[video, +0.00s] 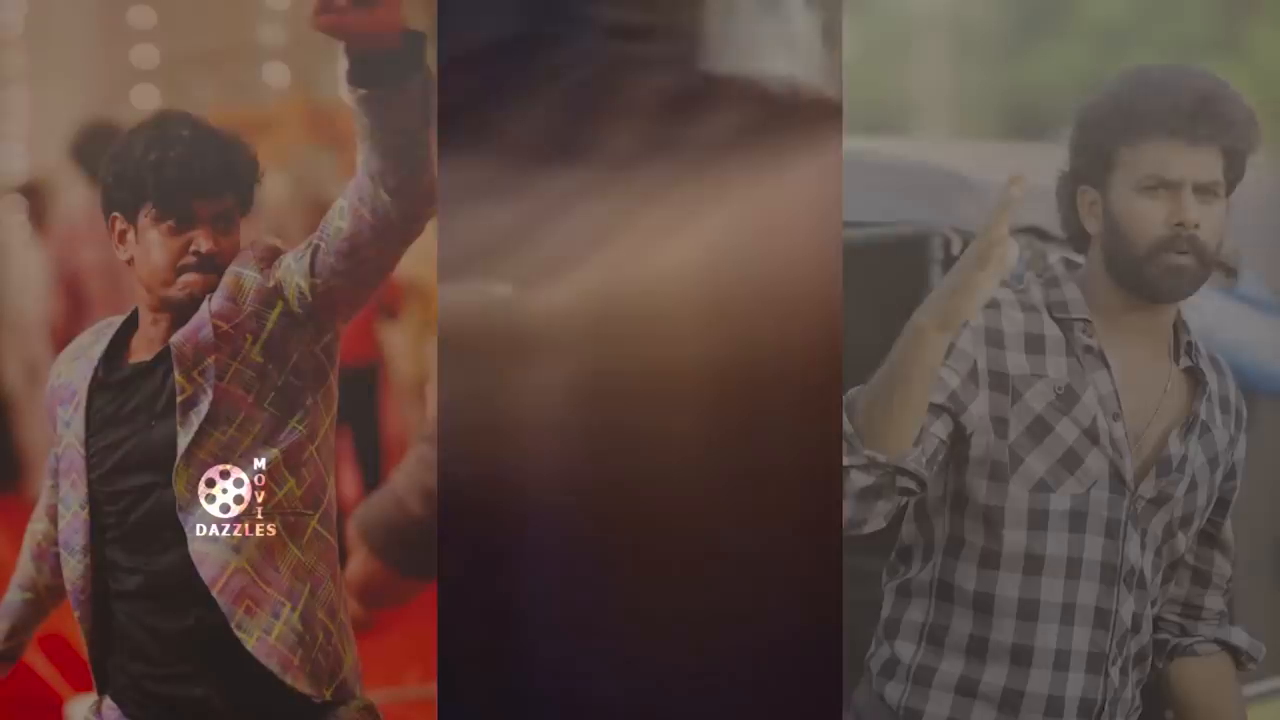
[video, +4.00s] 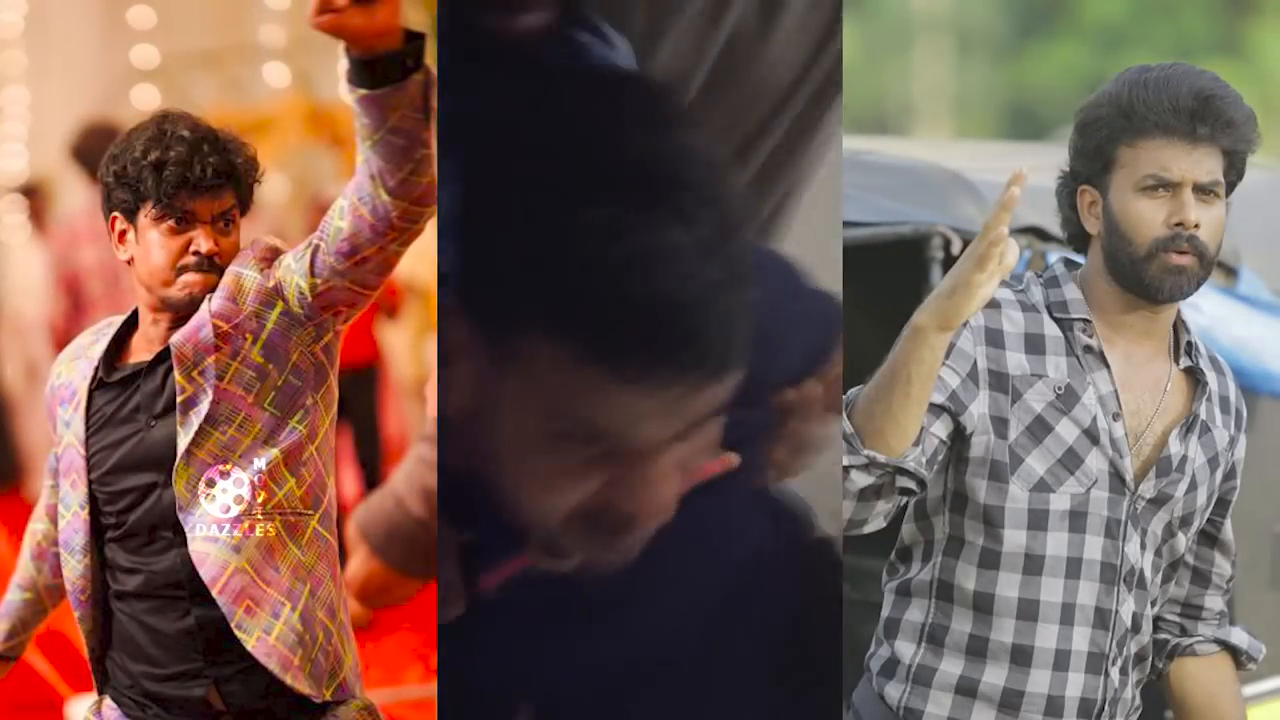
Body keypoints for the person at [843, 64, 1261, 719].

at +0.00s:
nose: (1187, 218)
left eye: (1207, 194)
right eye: (1156, 190)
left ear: (1228, 210)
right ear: (1091, 208)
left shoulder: (1219, 400)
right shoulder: (987, 323)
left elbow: (1192, 616)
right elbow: (853, 508)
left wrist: (1225, 709)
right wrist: (937, 316)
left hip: (1107, 709)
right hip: (939, 701)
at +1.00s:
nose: (1187, 217)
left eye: (1207, 194)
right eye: (1157, 190)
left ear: (1227, 209)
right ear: (1092, 208)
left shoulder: (1219, 398)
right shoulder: (984, 329)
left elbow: (1193, 616)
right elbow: (853, 508)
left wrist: (1224, 711)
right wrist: (932, 326)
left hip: (1106, 709)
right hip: (936, 702)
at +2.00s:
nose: (1187, 217)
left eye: (1207, 194)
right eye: (1157, 190)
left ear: (1227, 208)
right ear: (1092, 208)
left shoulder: (1219, 397)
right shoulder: (984, 329)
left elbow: (1193, 617)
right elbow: (854, 506)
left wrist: (1226, 711)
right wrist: (932, 326)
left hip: (1106, 709)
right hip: (936, 702)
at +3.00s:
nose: (1187, 217)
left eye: (1207, 194)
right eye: (1157, 190)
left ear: (1227, 208)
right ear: (1092, 208)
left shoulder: (1219, 398)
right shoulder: (984, 329)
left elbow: (1193, 615)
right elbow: (851, 508)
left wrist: (1225, 711)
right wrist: (931, 328)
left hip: (1105, 709)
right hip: (934, 702)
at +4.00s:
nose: (1187, 217)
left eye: (1207, 194)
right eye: (1157, 190)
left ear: (1227, 208)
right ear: (1092, 207)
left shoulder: (1219, 398)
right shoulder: (984, 329)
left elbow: (1193, 617)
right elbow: (851, 507)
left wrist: (1225, 711)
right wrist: (931, 327)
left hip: (1105, 709)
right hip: (934, 702)